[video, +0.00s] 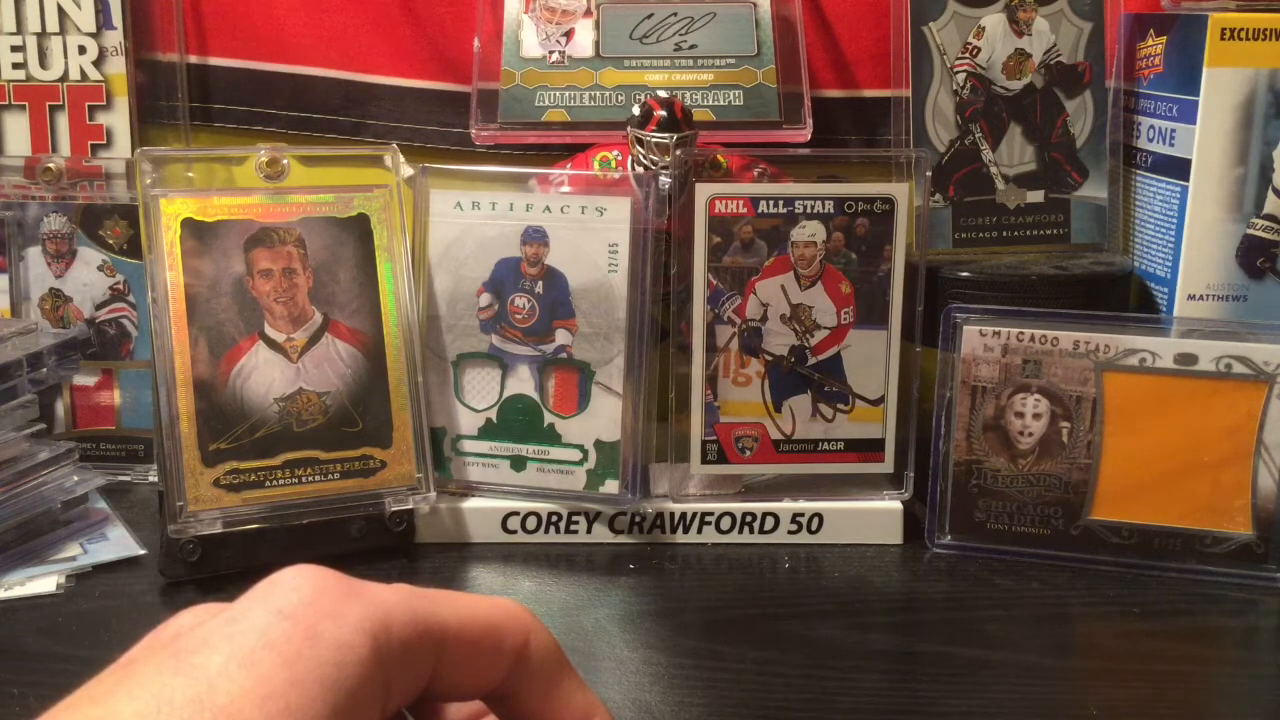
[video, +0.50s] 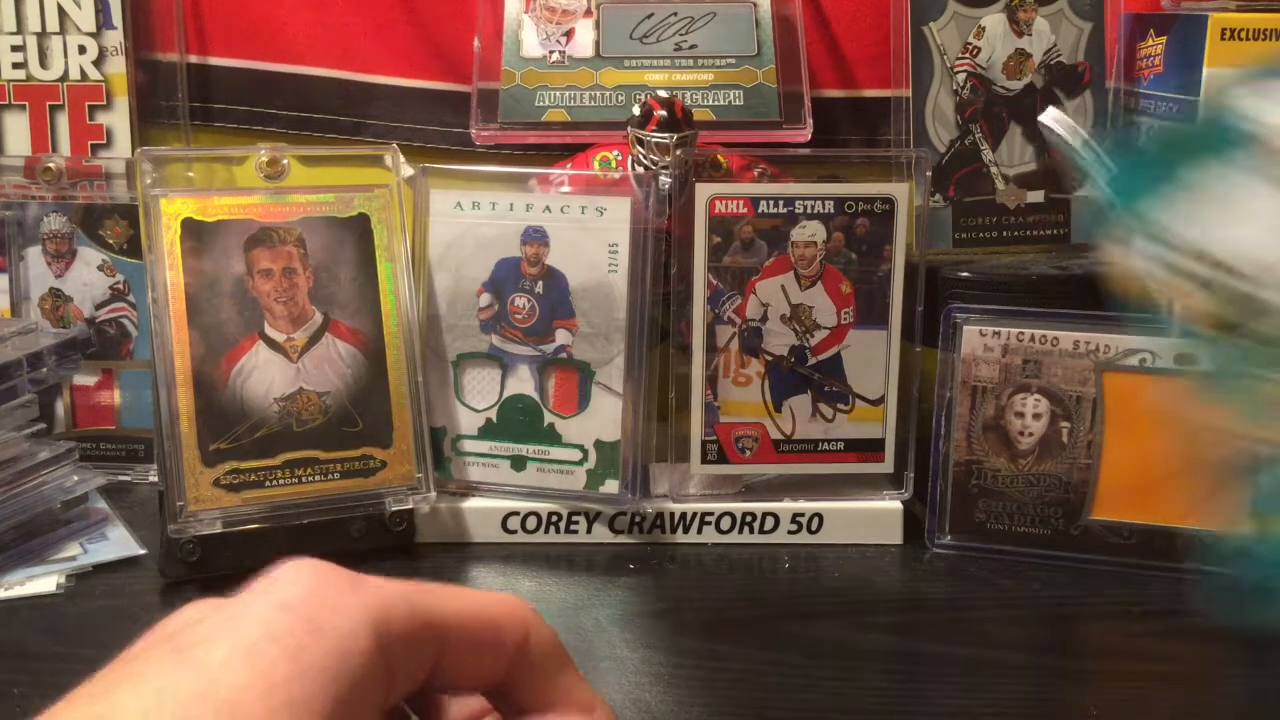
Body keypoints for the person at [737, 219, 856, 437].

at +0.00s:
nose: (801, 253)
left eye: (808, 247)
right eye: (796, 247)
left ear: (821, 249)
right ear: (790, 249)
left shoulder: (838, 285)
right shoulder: (773, 271)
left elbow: (842, 330)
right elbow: (754, 293)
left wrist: (809, 352)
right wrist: (750, 326)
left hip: (822, 353)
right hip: (779, 353)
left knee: (834, 412)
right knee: (798, 410)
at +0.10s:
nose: (801, 253)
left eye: (808, 247)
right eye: (796, 247)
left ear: (821, 249)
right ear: (790, 249)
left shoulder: (839, 285)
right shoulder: (773, 271)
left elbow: (842, 330)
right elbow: (754, 292)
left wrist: (809, 352)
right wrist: (750, 325)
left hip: (822, 354)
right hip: (780, 353)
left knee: (833, 412)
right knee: (799, 410)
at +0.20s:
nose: (801, 253)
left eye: (808, 247)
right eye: (796, 247)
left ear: (821, 249)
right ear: (790, 249)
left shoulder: (839, 285)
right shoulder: (773, 271)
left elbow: (842, 330)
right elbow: (754, 293)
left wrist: (809, 352)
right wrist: (750, 325)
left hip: (822, 354)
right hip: (780, 353)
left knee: (833, 412)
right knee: (799, 410)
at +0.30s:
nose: (801, 253)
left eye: (808, 247)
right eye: (796, 247)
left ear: (821, 249)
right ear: (790, 249)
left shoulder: (839, 285)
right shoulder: (773, 271)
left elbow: (842, 330)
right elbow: (754, 293)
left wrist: (809, 352)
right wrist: (750, 325)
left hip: (822, 354)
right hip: (780, 353)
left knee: (833, 412)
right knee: (799, 410)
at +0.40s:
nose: (801, 253)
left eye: (808, 247)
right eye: (796, 247)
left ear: (821, 249)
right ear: (790, 249)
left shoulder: (838, 285)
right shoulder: (774, 271)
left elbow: (842, 330)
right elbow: (754, 292)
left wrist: (810, 352)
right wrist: (751, 326)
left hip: (823, 355)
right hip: (780, 355)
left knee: (833, 415)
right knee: (796, 414)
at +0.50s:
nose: (801, 253)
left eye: (808, 247)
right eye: (796, 247)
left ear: (821, 249)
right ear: (790, 249)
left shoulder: (838, 285)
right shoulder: (774, 271)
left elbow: (842, 330)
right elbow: (754, 292)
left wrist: (810, 352)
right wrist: (751, 326)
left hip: (823, 354)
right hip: (780, 354)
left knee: (833, 413)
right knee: (797, 412)